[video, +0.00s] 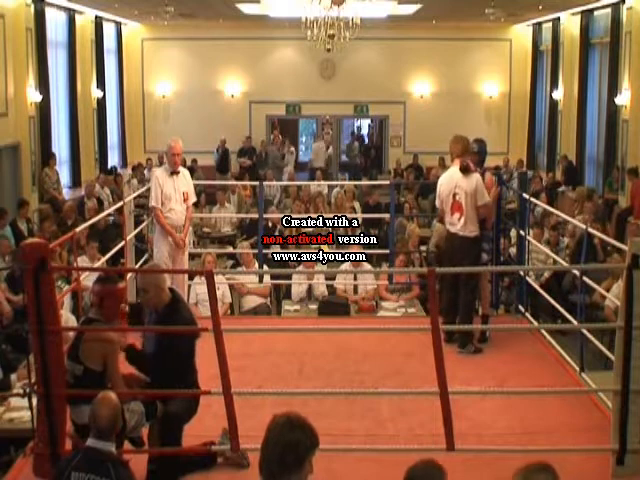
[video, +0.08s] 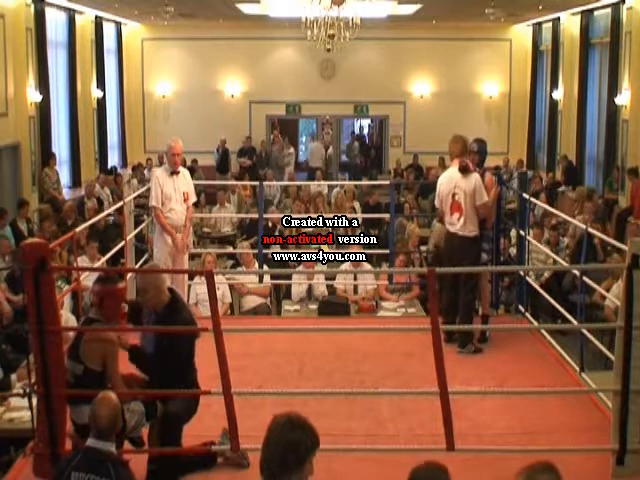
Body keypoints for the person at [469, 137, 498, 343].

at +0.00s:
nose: (472, 159)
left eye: (475, 155)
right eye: (470, 154)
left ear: (481, 156)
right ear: (469, 155)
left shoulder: (489, 179)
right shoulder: (463, 176)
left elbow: (490, 207)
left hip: (484, 231)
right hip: (466, 230)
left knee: (484, 276)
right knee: (466, 277)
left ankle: (484, 321)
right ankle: (463, 321)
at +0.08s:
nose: (472, 158)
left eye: (475, 154)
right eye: (470, 153)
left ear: (482, 156)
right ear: (467, 154)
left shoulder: (488, 179)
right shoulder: (463, 176)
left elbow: (489, 207)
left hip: (484, 231)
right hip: (465, 230)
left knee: (484, 276)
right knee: (465, 277)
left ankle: (484, 322)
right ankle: (462, 321)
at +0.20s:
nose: (472, 157)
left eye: (476, 153)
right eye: (470, 152)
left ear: (483, 156)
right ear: (466, 154)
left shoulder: (488, 178)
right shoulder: (462, 175)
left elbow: (489, 207)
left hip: (483, 230)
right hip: (464, 229)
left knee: (484, 276)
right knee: (464, 276)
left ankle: (484, 322)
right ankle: (461, 320)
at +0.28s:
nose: (472, 157)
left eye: (476, 153)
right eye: (470, 152)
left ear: (483, 156)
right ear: (466, 154)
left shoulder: (488, 179)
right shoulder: (463, 176)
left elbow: (489, 207)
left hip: (483, 230)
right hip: (464, 229)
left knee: (483, 276)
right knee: (463, 276)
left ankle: (484, 322)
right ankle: (460, 320)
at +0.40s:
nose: (471, 157)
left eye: (475, 153)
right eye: (469, 152)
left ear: (482, 155)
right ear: (466, 154)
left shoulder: (488, 178)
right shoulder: (462, 176)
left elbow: (489, 207)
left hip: (483, 230)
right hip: (464, 229)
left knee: (483, 276)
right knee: (463, 276)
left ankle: (484, 322)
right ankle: (460, 320)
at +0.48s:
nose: (471, 157)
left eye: (475, 153)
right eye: (469, 153)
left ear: (482, 155)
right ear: (465, 154)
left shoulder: (488, 178)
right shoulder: (463, 175)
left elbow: (489, 207)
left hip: (484, 230)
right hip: (465, 228)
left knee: (484, 275)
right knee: (464, 276)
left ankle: (484, 322)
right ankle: (461, 320)